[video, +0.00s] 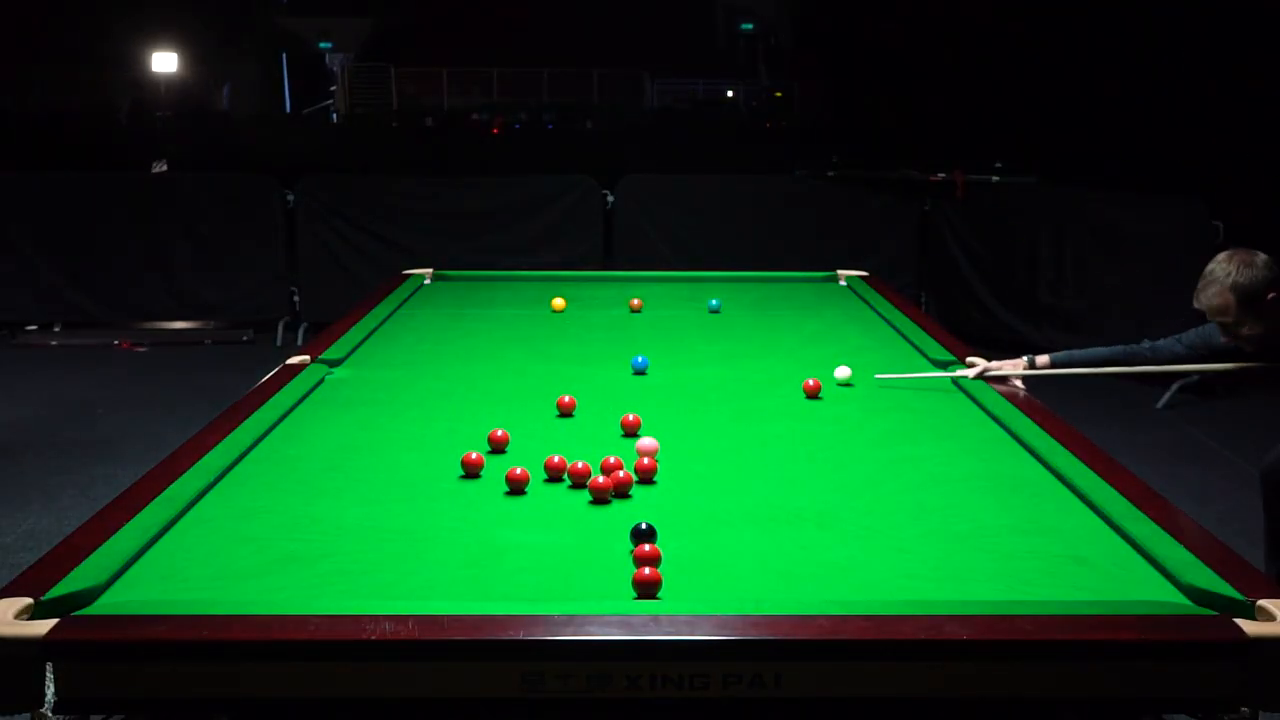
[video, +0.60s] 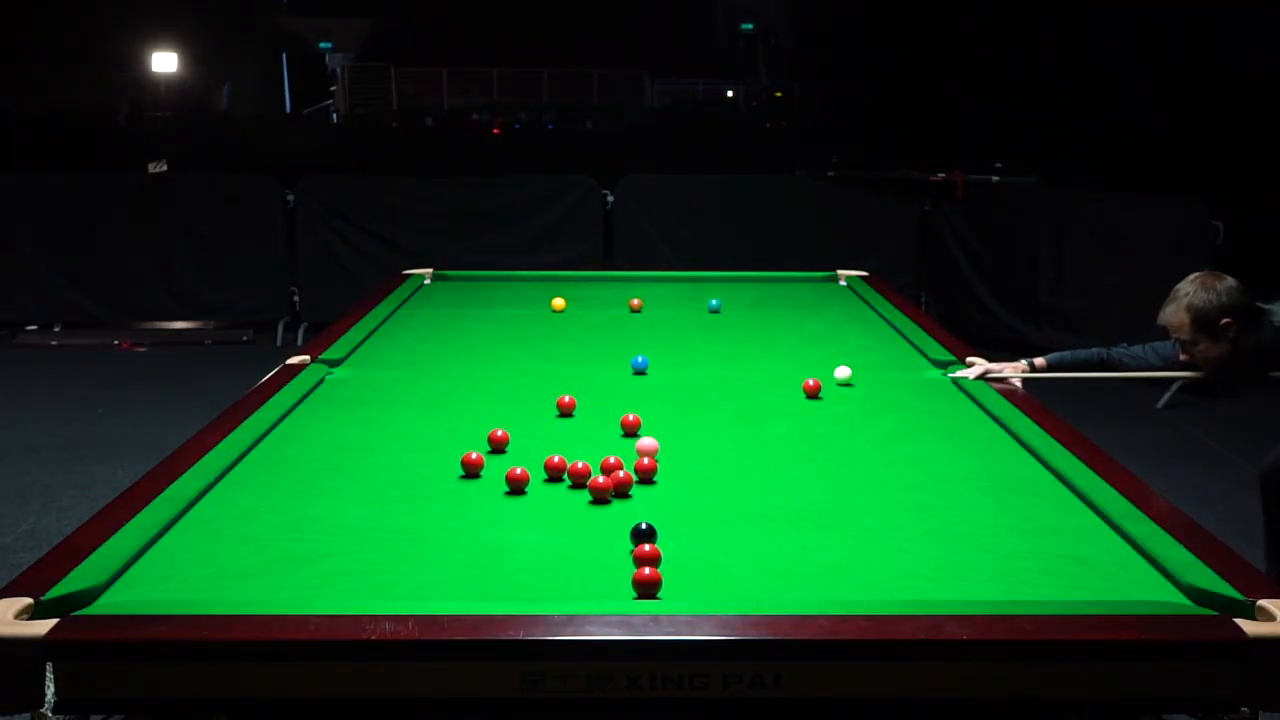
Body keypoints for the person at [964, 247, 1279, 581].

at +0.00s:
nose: (1224, 335)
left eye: (1232, 324)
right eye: (1218, 323)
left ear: (1267, 305)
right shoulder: (1235, 333)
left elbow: (1149, 353)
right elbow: (1147, 354)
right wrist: (1030, 364)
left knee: (1271, 475)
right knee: (1271, 477)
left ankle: (1271, 586)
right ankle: (1270, 583)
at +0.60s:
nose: (1181, 356)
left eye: (1189, 346)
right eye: (1177, 345)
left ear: (1227, 331)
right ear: (1225, 328)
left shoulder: (1265, 355)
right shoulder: (1216, 350)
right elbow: (1118, 357)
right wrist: (1025, 366)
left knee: (1269, 476)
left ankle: (1268, 582)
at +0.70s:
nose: (1172, 346)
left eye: (1180, 335)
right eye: (1169, 335)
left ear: (1217, 321)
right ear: (1215, 321)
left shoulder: (1267, 342)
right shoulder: (1222, 339)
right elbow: (1119, 356)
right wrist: (1027, 366)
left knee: (1269, 479)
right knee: (1268, 479)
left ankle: (1273, 589)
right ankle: (1272, 586)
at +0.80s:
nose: (1214, 226)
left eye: (1225, 215)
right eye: (1214, 214)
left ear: (1267, 215)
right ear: (1265, 216)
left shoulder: (1242, 269)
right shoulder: (1235, 269)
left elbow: (1154, 315)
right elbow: (1153, 315)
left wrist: (1048, 360)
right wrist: (1049, 360)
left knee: (1273, 482)